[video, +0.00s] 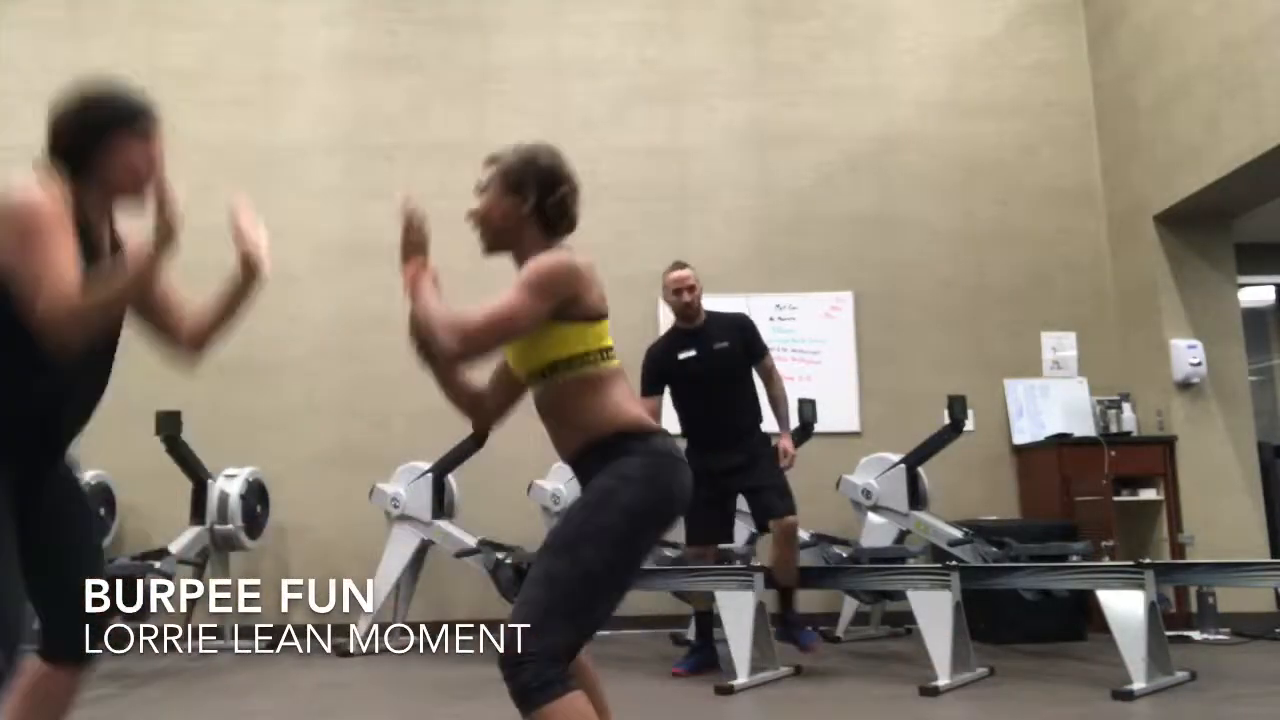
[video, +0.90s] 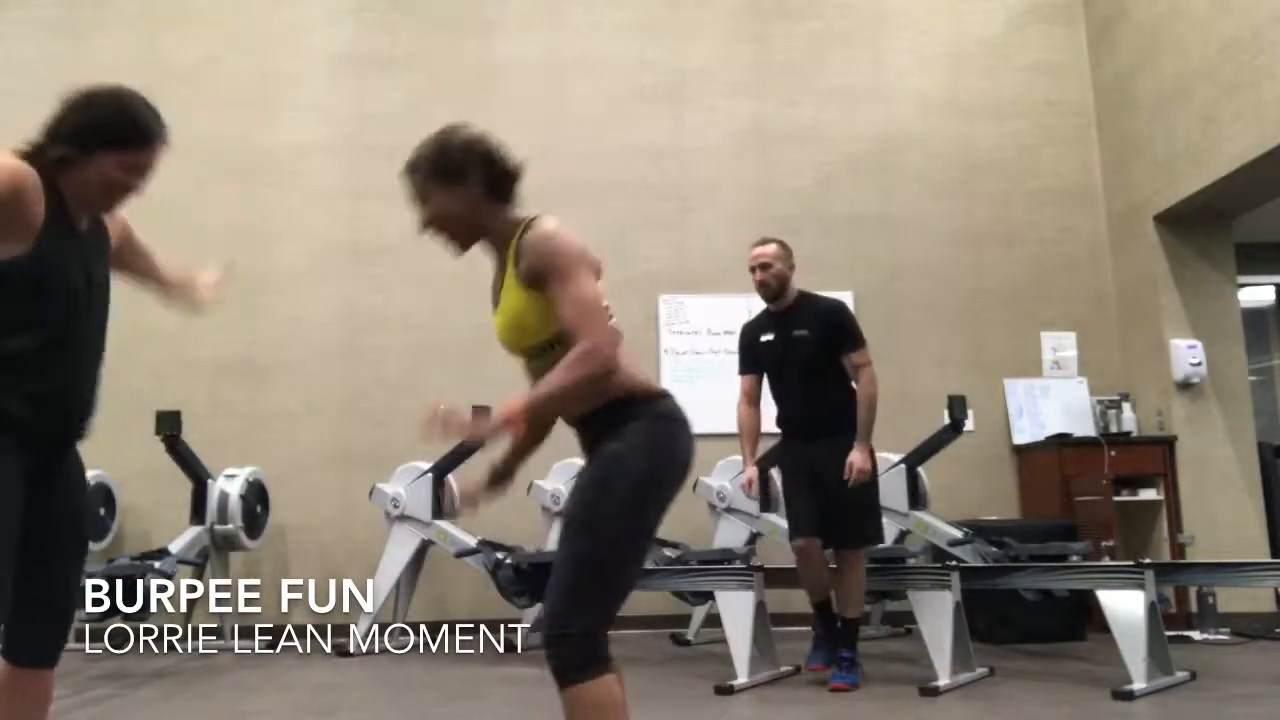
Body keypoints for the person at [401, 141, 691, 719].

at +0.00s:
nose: (473, 206)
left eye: (486, 191)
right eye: (479, 191)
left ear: (523, 203)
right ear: (521, 205)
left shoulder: (559, 268)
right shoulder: (546, 299)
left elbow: (453, 339)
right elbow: (484, 409)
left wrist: (419, 274)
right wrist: (430, 345)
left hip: (638, 468)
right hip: (621, 474)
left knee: (529, 656)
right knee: (547, 641)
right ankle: (597, 713)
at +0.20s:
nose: (518, 188)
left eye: (533, 183)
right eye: (525, 179)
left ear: (561, 208)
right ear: (553, 206)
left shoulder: (567, 264)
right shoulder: (538, 301)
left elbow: (432, 244)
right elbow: (445, 335)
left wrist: (431, 190)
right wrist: (450, 258)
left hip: (616, 490)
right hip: (590, 494)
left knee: (497, 668)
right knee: (529, 651)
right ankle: (582, 715)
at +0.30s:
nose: (530, 108)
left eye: (544, 100)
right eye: (536, 98)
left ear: (575, 116)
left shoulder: (572, 161)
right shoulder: (537, 204)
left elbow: (440, 154)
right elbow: (431, 239)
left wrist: (382, 120)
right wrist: (385, 160)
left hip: (584, 402)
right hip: (560, 407)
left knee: (554, 606)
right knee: (553, 604)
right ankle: (588, 707)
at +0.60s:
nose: (540, 148)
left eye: (550, 136)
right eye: (542, 137)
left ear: (584, 139)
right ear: (574, 147)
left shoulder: (611, 194)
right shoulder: (567, 216)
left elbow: (507, 157)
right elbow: (496, 261)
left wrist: (485, 71)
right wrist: (477, 186)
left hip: (578, 404)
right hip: (550, 404)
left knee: (534, 602)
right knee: (552, 599)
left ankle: (569, 708)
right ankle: (584, 707)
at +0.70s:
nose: (510, 180)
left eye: (518, 165)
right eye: (508, 167)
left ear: (555, 168)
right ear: (553, 173)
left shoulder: (604, 234)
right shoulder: (544, 249)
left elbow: (593, 299)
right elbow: (533, 346)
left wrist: (524, 229)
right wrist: (493, 297)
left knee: (517, 647)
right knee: (533, 643)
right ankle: (592, 710)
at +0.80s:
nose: (459, 188)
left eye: (465, 170)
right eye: (457, 173)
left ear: (508, 162)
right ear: (509, 166)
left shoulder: (574, 226)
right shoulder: (531, 240)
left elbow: (617, 331)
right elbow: (572, 369)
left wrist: (508, 349)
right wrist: (500, 412)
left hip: (619, 438)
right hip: (593, 441)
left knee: (555, 638)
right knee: (565, 634)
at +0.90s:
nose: (424, 218)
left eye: (429, 199)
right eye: (420, 203)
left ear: (470, 186)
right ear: (466, 191)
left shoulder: (546, 243)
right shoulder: (508, 267)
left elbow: (599, 350)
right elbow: (553, 389)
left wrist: (508, 418)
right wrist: (502, 470)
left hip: (642, 436)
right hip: (616, 442)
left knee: (571, 633)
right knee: (575, 633)